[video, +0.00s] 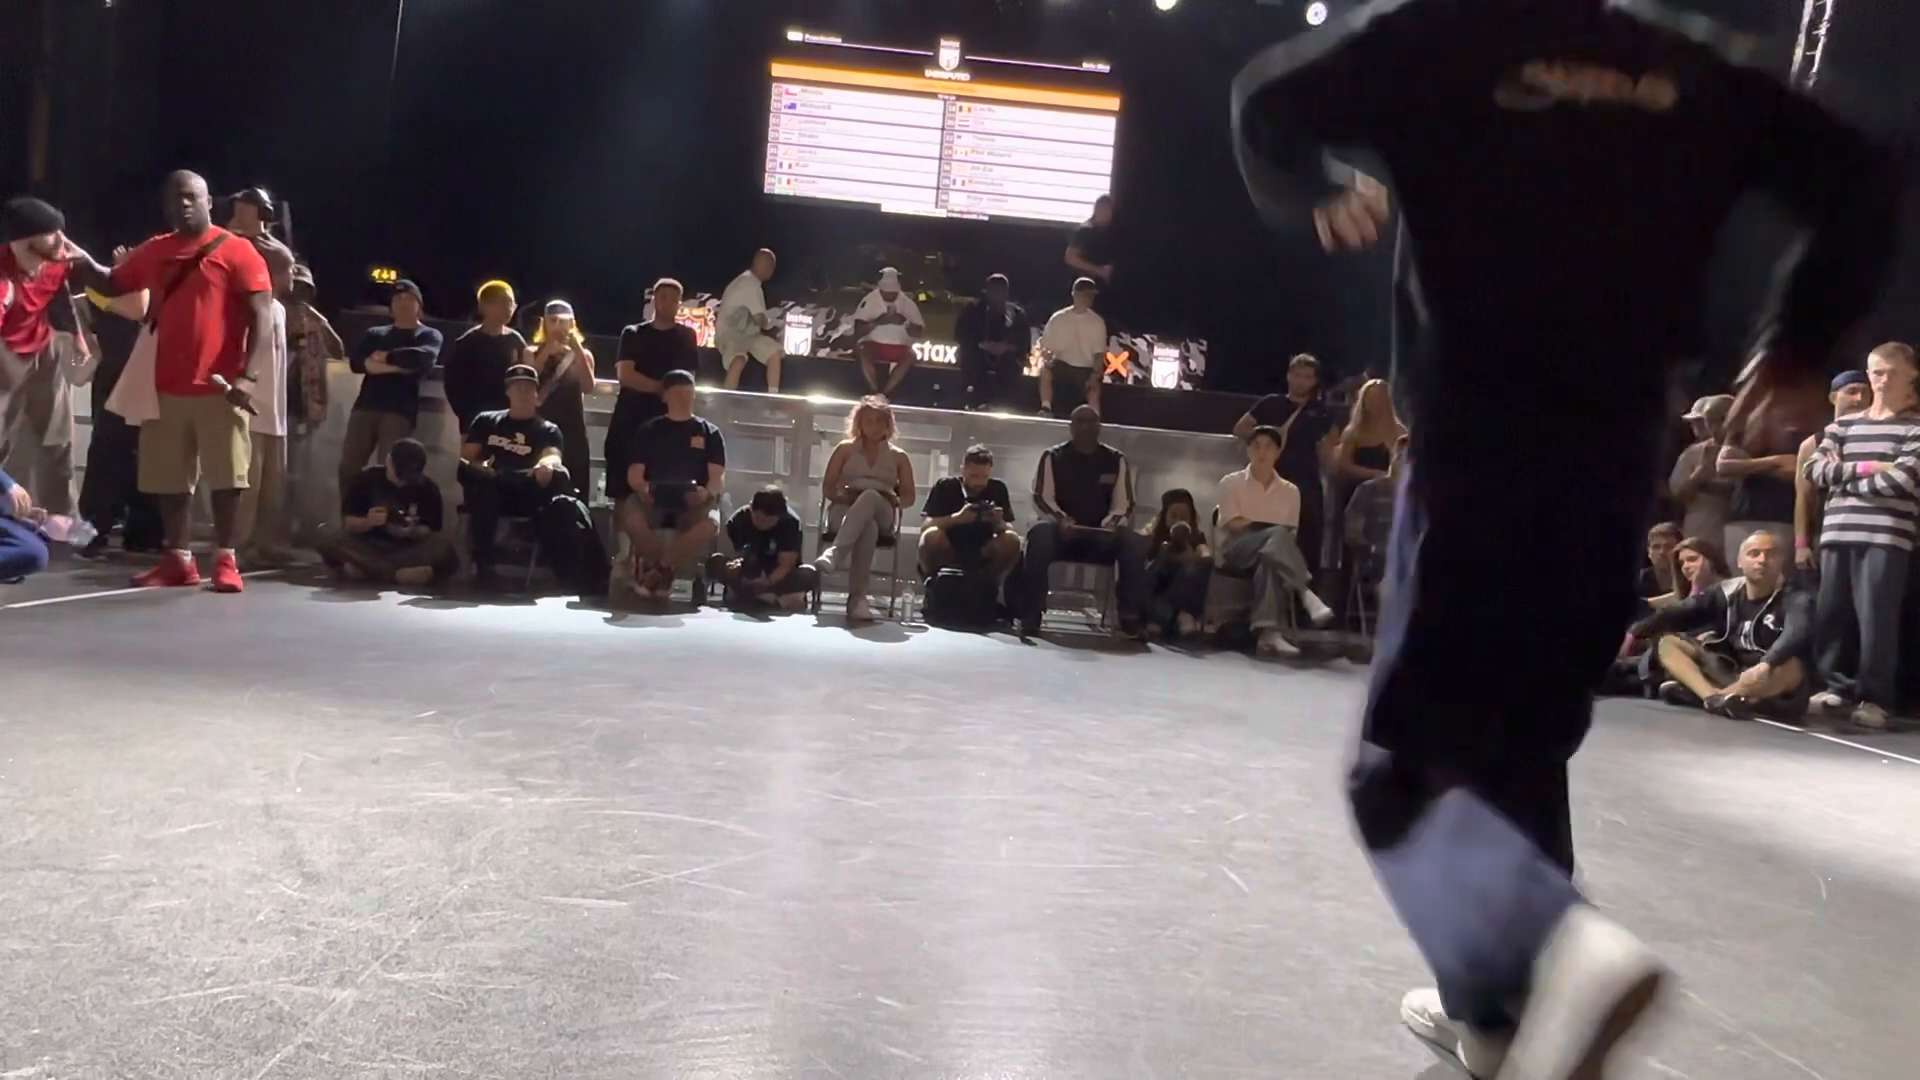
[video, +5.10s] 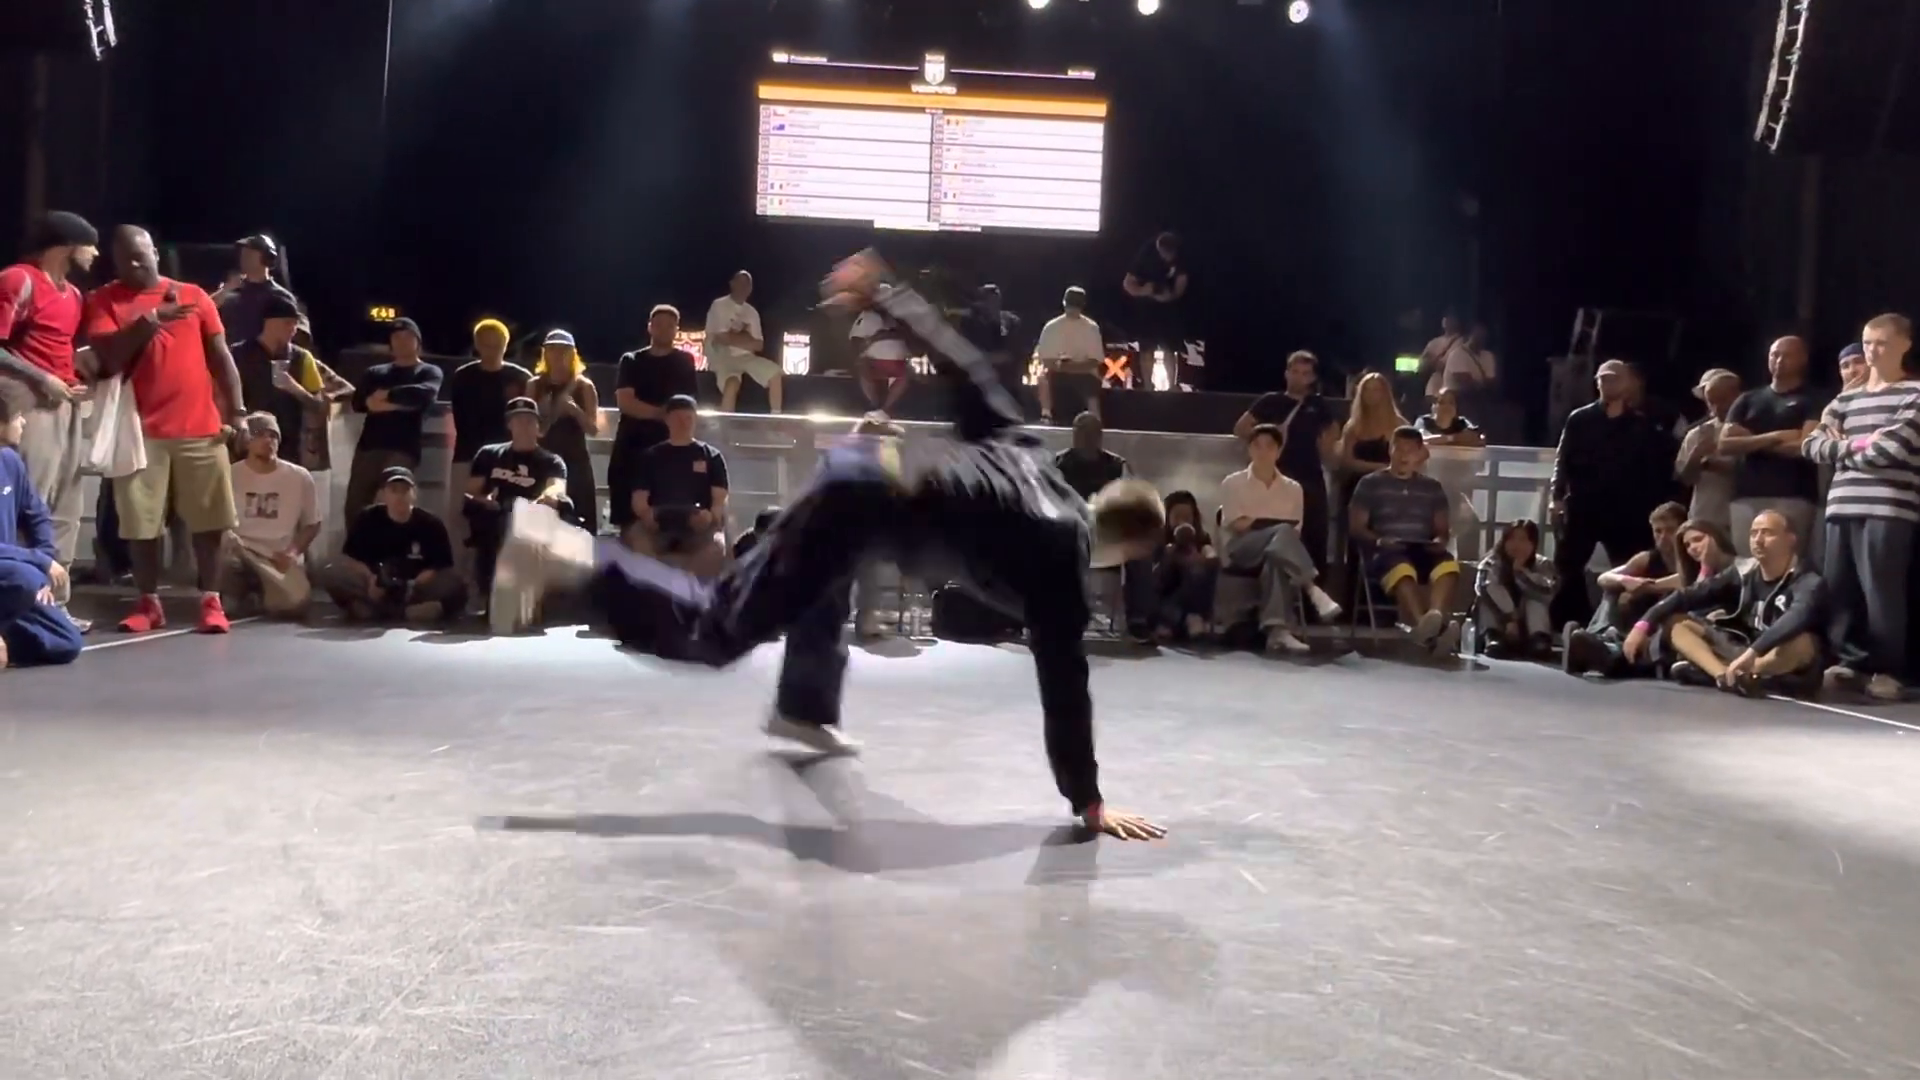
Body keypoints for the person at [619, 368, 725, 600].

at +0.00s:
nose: (684, 397)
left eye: (688, 391)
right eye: (678, 391)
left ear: (694, 395)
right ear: (665, 396)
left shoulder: (710, 432)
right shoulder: (647, 430)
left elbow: (716, 477)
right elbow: (635, 473)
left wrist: (707, 493)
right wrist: (646, 492)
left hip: (692, 494)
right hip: (655, 492)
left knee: (707, 526)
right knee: (632, 514)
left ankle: (659, 570)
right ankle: (661, 572)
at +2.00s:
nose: (659, 412)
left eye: (664, 407)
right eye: (654, 406)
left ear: (671, 409)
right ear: (644, 409)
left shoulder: (687, 447)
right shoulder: (625, 445)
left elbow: (695, 494)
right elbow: (613, 489)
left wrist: (679, 508)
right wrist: (628, 510)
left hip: (670, 509)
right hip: (633, 508)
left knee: (689, 537)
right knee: (608, 527)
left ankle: (642, 581)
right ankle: (639, 584)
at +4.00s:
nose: (670, 433)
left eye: (675, 428)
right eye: (665, 428)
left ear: (682, 430)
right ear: (654, 430)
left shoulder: (698, 467)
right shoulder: (637, 467)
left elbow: (707, 509)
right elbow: (626, 509)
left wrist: (698, 527)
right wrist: (635, 528)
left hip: (683, 528)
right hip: (647, 528)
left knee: (703, 557)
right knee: (623, 552)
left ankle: (655, 607)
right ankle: (659, 606)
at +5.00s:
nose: (682, 422)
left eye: (687, 417)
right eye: (677, 417)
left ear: (694, 421)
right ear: (666, 420)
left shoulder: (709, 456)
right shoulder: (649, 456)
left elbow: (718, 499)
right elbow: (637, 499)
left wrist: (708, 517)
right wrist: (648, 517)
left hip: (694, 519)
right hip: (659, 518)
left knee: (714, 550)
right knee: (637, 544)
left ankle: (670, 598)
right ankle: (665, 596)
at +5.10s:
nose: (683, 422)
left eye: (688, 417)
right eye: (677, 417)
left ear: (695, 420)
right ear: (667, 419)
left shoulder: (711, 456)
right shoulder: (650, 456)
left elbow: (719, 501)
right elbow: (639, 498)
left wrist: (709, 517)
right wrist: (648, 516)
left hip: (695, 519)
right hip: (660, 519)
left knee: (716, 546)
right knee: (638, 536)